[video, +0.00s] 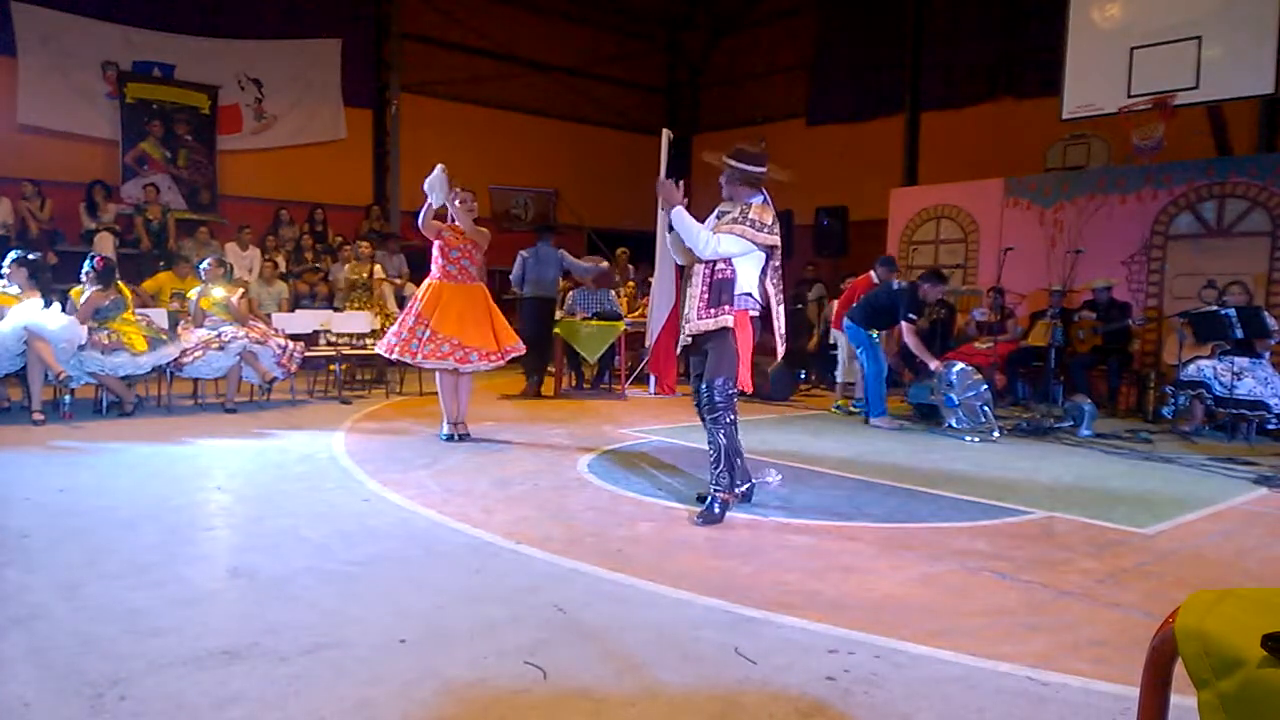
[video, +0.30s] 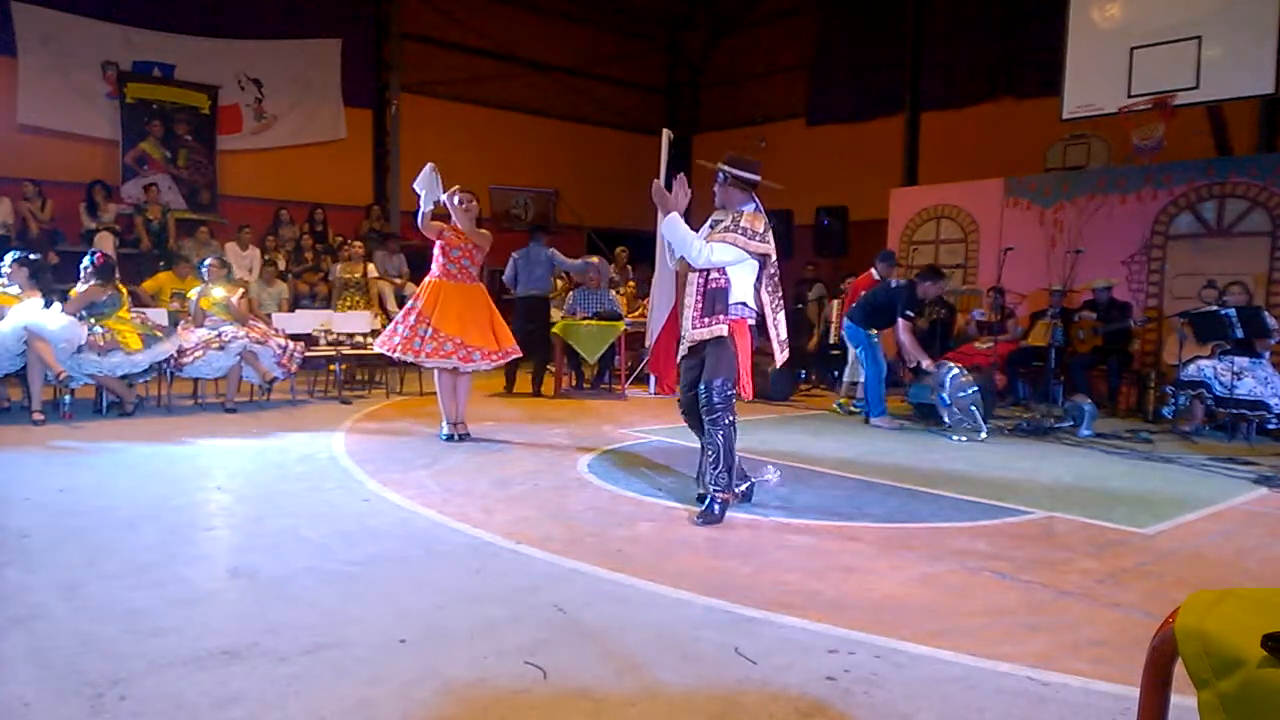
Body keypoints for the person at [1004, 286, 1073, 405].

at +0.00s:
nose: (1055, 300)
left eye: (1058, 296)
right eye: (1053, 296)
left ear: (1063, 297)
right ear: (1049, 297)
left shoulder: (1068, 314)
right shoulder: (1036, 315)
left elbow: (1068, 340)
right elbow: (1028, 335)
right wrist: (1024, 342)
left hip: (1055, 349)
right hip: (1035, 348)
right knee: (1012, 358)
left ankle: (1042, 398)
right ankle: (1012, 395)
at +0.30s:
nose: (1055, 299)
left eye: (1059, 296)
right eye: (1053, 296)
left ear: (1063, 297)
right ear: (1049, 297)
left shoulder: (1068, 314)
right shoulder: (1037, 315)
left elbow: (1068, 339)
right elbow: (1028, 334)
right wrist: (1024, 342)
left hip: (1055, 349)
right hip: (1035, 348)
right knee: (1012, 358)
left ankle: (1042, 398)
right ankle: (1013, 395)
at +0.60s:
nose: (1056, 299)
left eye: (1059, 296)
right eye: (1053, 296)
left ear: (1063, 297)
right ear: (1049, 296)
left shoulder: (1068, 314)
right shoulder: (1037, 315)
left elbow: (1067, 339)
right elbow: (1028, 334)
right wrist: (1024, 341)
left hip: (1056, 349)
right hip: (1036, 348)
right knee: (1013, 357)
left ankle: (1042, 399)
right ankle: (1013, 395)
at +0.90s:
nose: (1056, 299)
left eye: (1059, 296)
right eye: (1053, 296)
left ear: (1063, 297)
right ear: (1049, 296)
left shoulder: (1068, 314)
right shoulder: (1037, 315)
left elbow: (1068, 339)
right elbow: (1028, 334)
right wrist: (1024, 341)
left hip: (1055, 349)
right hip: (1035, 348)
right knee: (1013, 358)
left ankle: (1042, 398)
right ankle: (1012, 395)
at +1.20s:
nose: (1056, 299)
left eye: (1059, 296)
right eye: (1053, 296)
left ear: (1064, 297)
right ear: (1049, 296)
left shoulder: (1069, 314)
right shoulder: (1037, 315)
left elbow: (1068, 339)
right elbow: (1028, 335)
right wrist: (1024, 342)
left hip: (1056, 349)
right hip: (1036, 348)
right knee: (1012, 358)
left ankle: (1042, 398)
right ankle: (1012, 395)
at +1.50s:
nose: (1056, 299)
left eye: (1059, 296)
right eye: (1054, 296)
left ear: (1064, 297)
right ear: (1049, 296)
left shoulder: (1069, 314)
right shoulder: (1036, 315)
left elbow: (1068, 339)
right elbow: (1028, 335)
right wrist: (1024, 342)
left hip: (1056, 349)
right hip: (1036, 348)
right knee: (1012, 358)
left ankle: (1041, 399)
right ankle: (1013, 395)